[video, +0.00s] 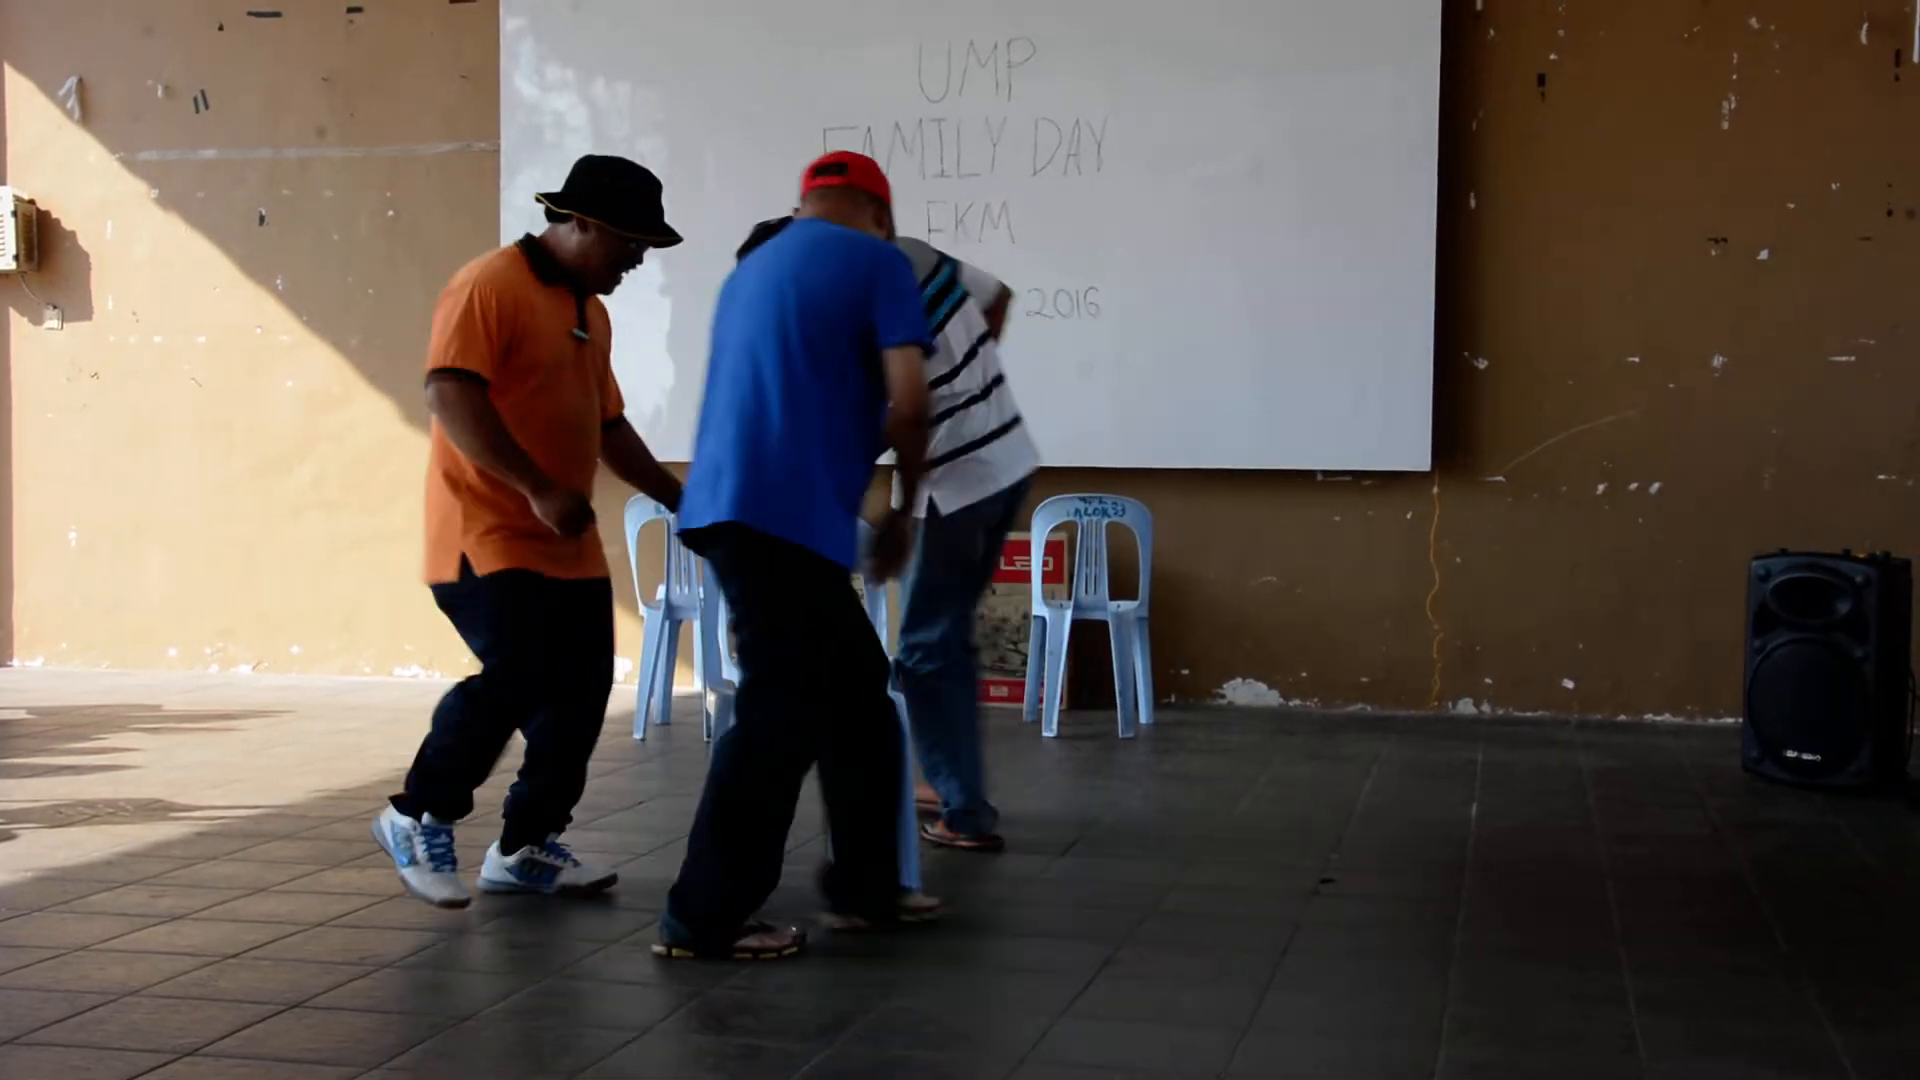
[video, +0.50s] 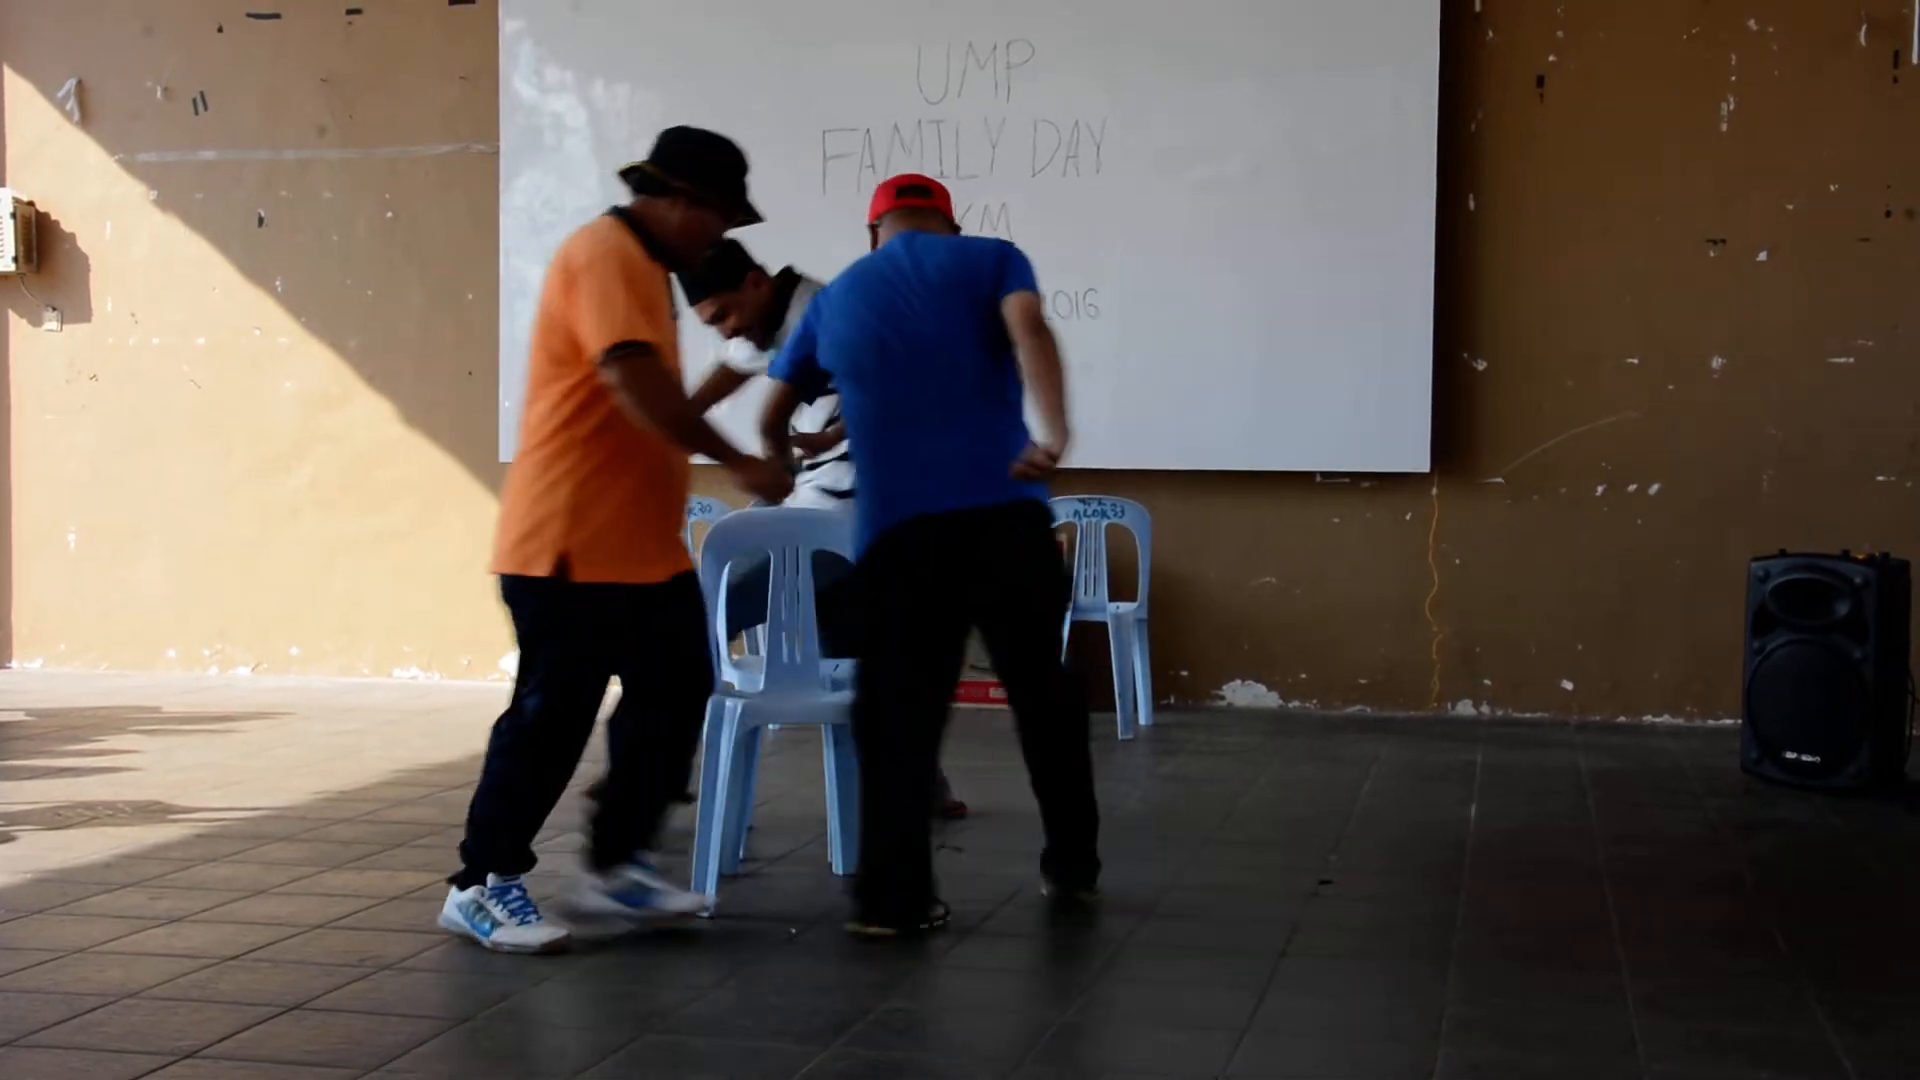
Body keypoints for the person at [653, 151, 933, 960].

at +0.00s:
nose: (888, 236)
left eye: (885, 226)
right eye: (888, 224)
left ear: (807, 205)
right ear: (873, 210)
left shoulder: (757, 263)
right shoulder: (878, 259)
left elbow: (761, 398)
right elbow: (911, 403)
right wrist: (907, 507)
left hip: (723, 505)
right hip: (789, 514)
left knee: (859, 696)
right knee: (777, 712)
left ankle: (865, 888)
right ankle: (703, 921)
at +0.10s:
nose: (909, 241)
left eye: (904, 232)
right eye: (909, 229)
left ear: (828, 214)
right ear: (897, 219)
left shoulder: (775, 274)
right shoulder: (906, 268)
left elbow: (741, 403)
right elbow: (944, 404)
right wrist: (970, 497)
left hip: (748, 514)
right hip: (822, 519)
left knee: (867, 701)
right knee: (846, 704)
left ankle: (874, 895)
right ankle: (710, 904)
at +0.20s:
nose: (921, 246)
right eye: (922, 234)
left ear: (844, 224)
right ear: (919, 228)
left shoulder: (796, 286)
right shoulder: (928, 273)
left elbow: (738, 414)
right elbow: (975, 395)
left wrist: (774, 496)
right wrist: (1018, 511)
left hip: (776, 520)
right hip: (862, 518)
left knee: (866, 706)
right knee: (920, 695)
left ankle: (874, 894)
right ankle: (799, 836)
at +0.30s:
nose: (927, 231)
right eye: (928, 221)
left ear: (855, 223)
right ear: (931, 221)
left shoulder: (812, 284)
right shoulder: (952, 266)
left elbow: (742, 410)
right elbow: (998, 364)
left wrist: (777, 502)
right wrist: (1037, 496)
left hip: (814, 527)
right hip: (912, 522)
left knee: (856, 708)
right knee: (975, 684)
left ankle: (863, 893)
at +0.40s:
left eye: (869, 220)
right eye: (935, 219)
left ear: (863, 223)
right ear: (939, 218)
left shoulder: (822, 286)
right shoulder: (971, 258)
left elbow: (745, 402)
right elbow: (1006, 339)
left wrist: (774, 474)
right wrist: (1037, 452)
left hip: (856, 534)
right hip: (961, 526)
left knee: (870, 719)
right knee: (1003, 699)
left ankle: (870, 900)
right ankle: (1043, 874)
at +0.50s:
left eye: (886, 224)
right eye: (947, 222)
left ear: (875, 231)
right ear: (950, 221)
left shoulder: (832, 299)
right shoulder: (993, 257)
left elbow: (770, 415)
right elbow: (1030, 326)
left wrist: (780, 465)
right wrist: (1053, 433)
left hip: (901, 538)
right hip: (1007, 527)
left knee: (897, 723)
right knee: (1045, 694)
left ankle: (895, 901)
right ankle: (1073, 868)